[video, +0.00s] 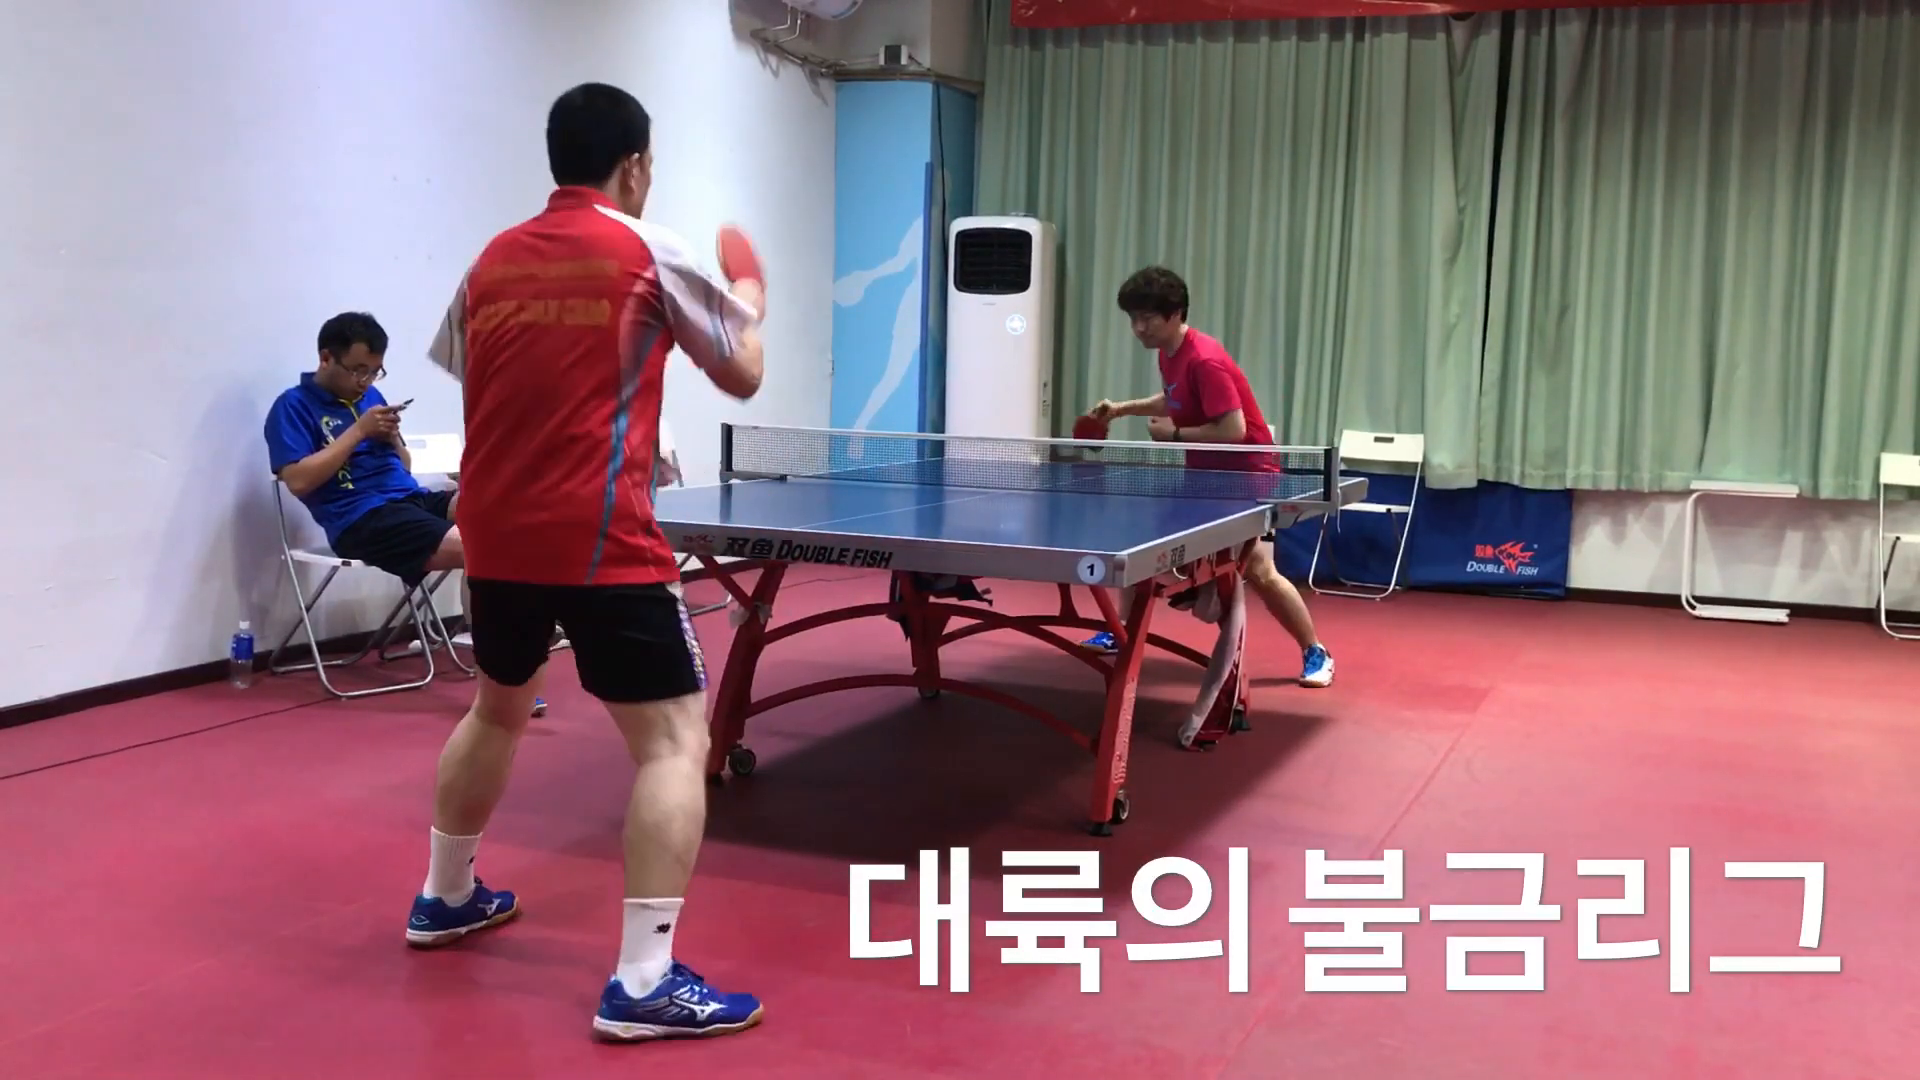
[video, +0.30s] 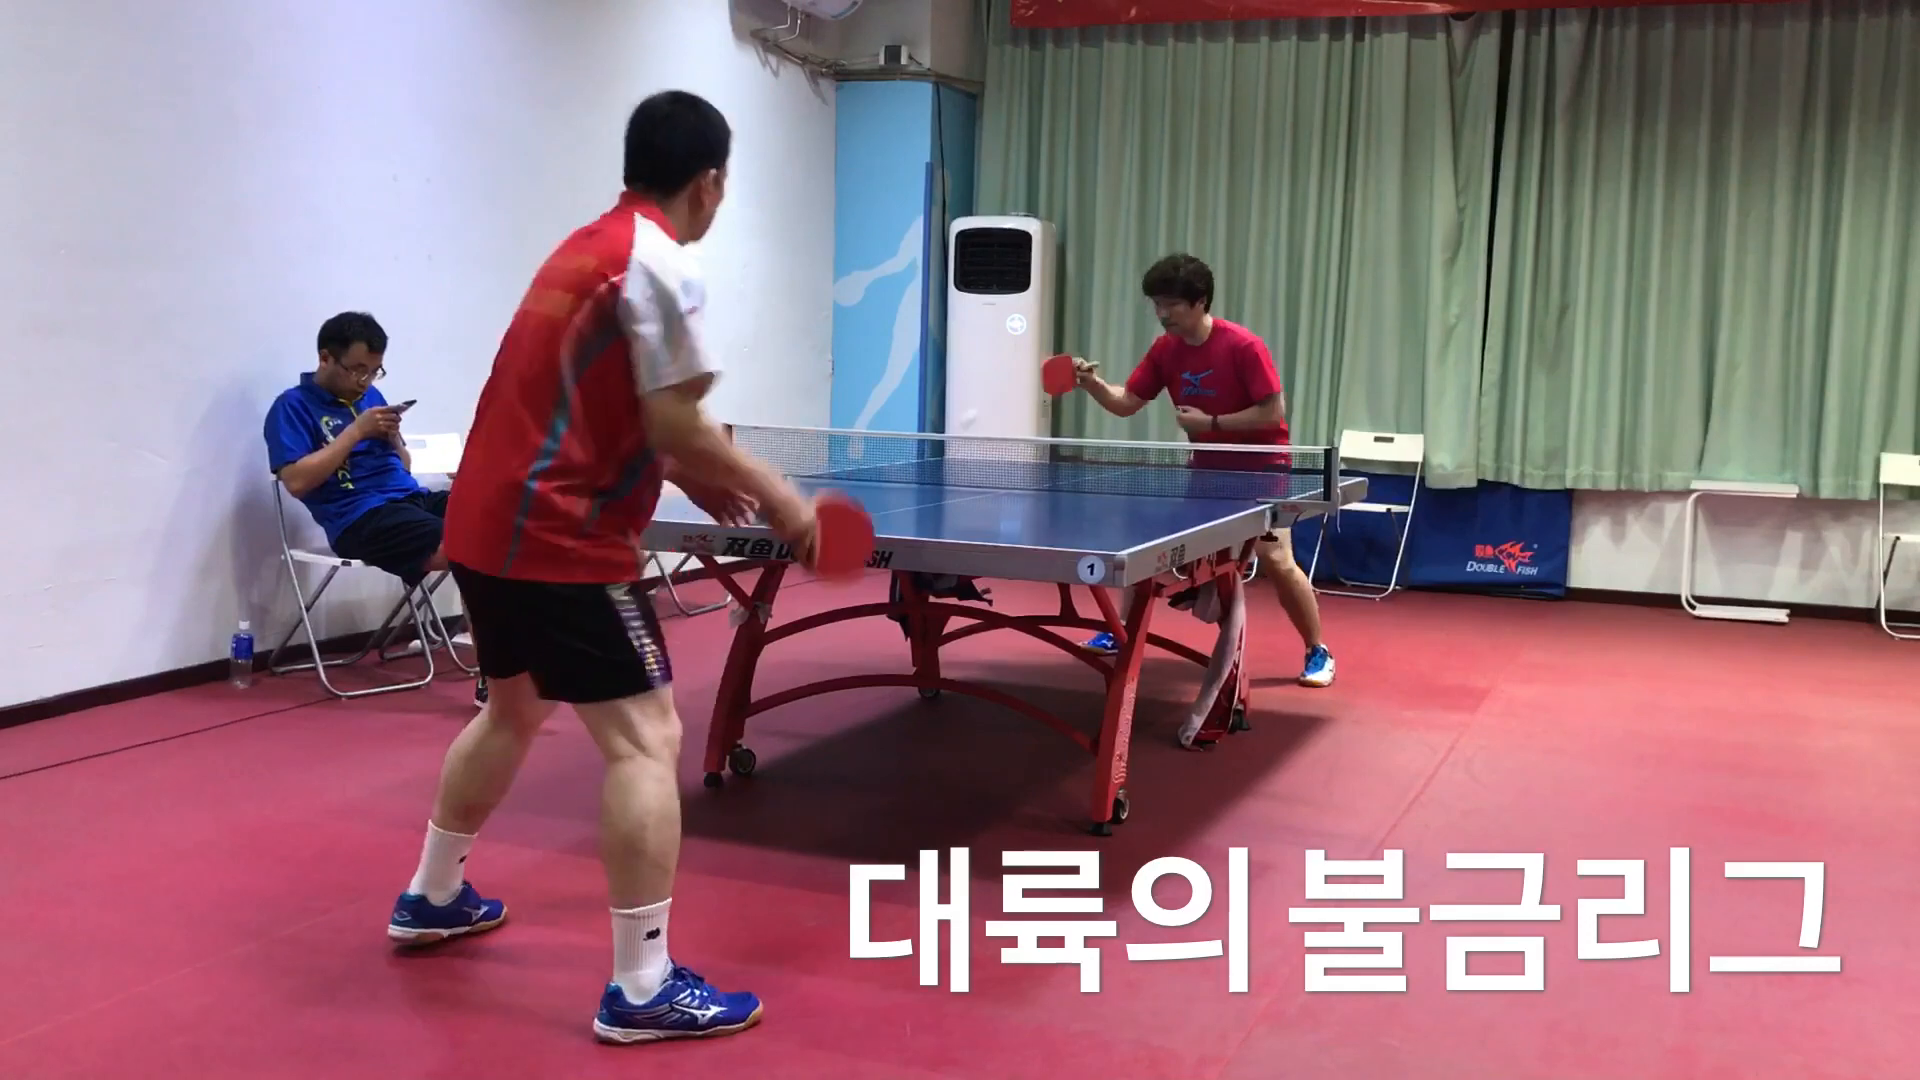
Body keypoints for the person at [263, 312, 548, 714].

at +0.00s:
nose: (365, 381)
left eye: (372, 372)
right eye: (357, 371)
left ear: (378, 367)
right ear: (325, 359)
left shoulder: (368, 396)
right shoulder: (292, 408)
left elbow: (403, 466)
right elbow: (298, 481)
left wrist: (392, 436)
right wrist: (359, 431)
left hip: (411, 502)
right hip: (365, 520)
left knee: (502, 517)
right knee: (483, 548)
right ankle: (505, 683)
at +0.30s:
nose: (364, 381)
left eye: (372, 372)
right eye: (356, 370)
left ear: (378, 367)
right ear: (325, 359)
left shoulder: (369, 396)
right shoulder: (292, 407)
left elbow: (403, 466)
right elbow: (296, 482)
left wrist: (393, 436)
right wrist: (356, 432)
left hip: (412, 501)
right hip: (364, 519)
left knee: (500, 523)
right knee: (475, 551)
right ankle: (489, 675)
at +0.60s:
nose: (365, 382)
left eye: (373, 373)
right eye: (357, 371)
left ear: (379, 367)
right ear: (325, 359)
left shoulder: (370, 397)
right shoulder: (291, 408)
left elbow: (404, 470)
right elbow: (297, 483)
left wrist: (393, 436)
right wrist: (356, 432)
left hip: (411, 501)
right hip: (364, 519)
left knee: (496, 521)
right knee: (472, 550)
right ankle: (493, 672)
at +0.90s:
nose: (365, 381)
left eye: (372, 372)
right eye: (357, 371)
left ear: (378, 367)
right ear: (325, 360)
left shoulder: (369, 397)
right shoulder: (292, 408)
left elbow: (403, 467)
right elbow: (297, 482)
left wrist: (391, 436)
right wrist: (357, 432)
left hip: (409, 501)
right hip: (362, 518)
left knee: (495, 537)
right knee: (474, 552)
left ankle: (510, 677)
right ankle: (505, 682)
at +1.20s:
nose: (367, 383)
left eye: (374, 372)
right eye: (359, 371)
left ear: (380, 367)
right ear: (326, 361)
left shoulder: (370, 397)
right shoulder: (291, 408)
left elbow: (405, 467)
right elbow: (298, 483)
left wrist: (393, 439)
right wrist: (359, 435)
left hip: (411, 500)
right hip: (362, 520)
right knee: (467, 550)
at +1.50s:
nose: (366, 382)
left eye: (373, 372)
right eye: (358, 371)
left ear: (379, 368)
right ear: (325, 358)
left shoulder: (370, 397)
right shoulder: (291, 408)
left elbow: (404, 469)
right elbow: (297, 482)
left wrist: (392, 436)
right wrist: (359, 434)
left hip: (411, 502)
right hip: (363, 519)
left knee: (501, 527)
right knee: (466, 555)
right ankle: (494, 675)